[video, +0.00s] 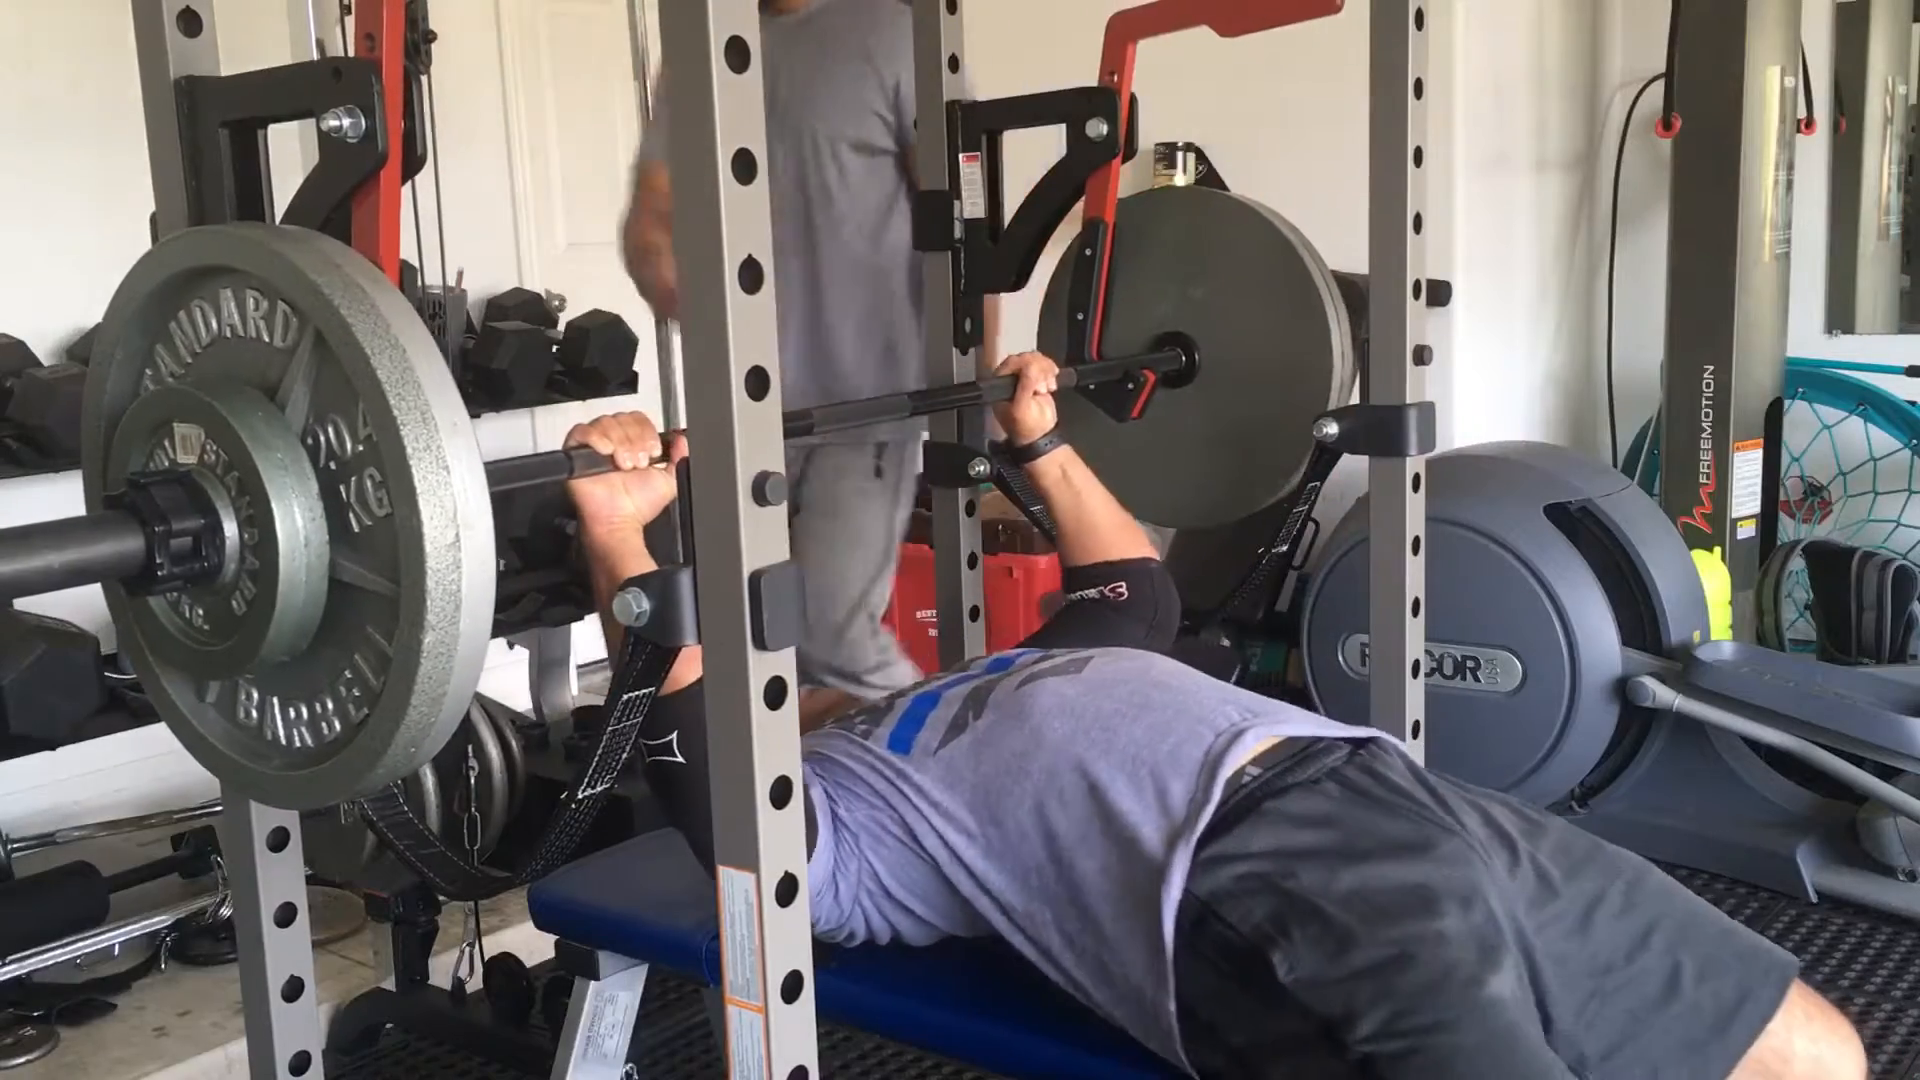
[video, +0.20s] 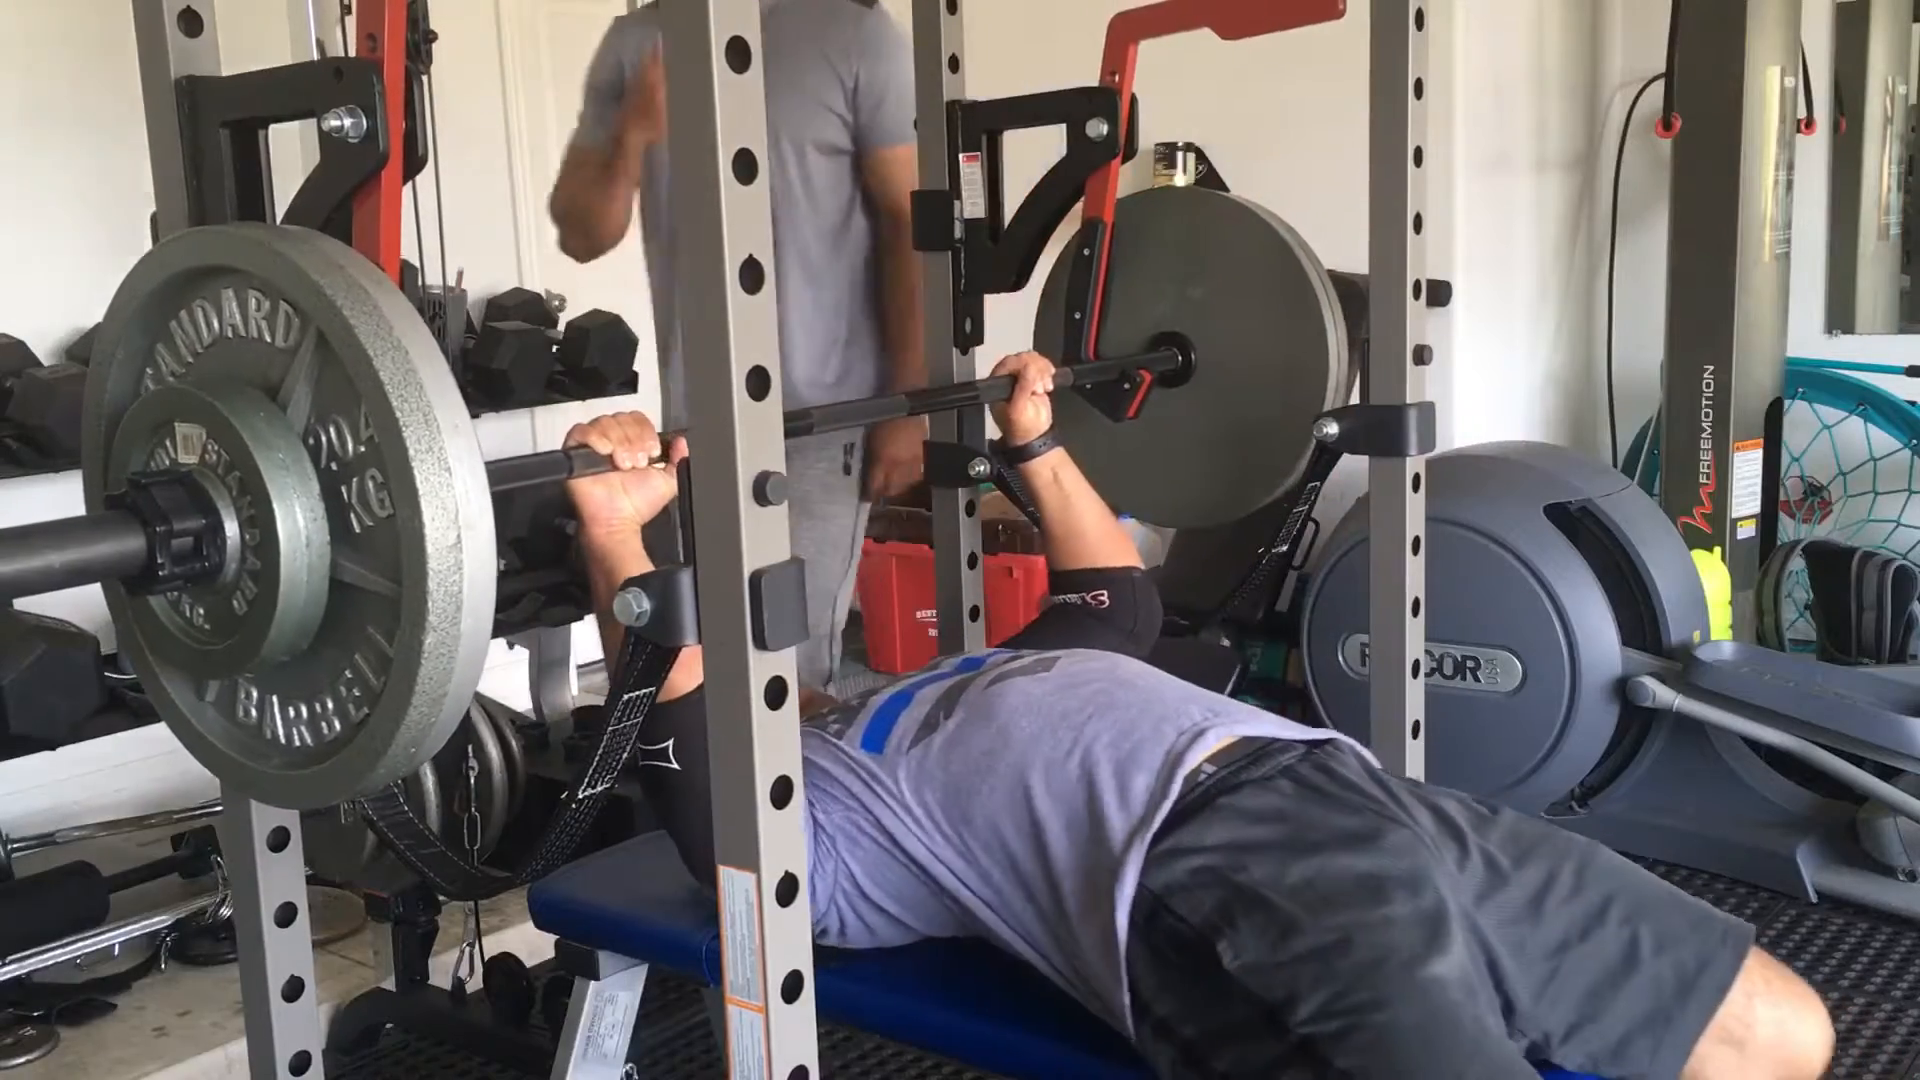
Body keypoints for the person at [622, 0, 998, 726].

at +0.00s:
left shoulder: (890, 30)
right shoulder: (698, 55)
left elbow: (963, 214)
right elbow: (652, 207)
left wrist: (976, 377)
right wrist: (660, 262)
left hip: (870, 388)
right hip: (739, 403)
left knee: (832, 632)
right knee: (751, 641)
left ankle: (949, 767)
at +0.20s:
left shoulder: (856, 31)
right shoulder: (642, 38)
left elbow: (902, 223)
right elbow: (581, 238)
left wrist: (905, 401)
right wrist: (628, 138)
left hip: (823, 414)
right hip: (694, 420)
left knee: (796, 670)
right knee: (689, 667)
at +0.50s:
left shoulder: (835, 57)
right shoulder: (603, 31)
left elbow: (874, 264)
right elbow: (532, 226)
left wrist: (881, 453)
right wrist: (621, 111)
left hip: (786, 444)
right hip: (643, 446)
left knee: (764, 689)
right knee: (653, 695)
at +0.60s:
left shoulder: (834, 57)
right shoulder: (593, 30)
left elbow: (871, 271)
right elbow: (522, 226)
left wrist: (873, 455)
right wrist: (622, 111)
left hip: (784, 446)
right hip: (635, 445)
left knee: (766, 705)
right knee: (643, 705)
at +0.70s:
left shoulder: (832, 55)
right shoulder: (583, 32)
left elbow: (869, 261)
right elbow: (518, 228)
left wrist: (871, 444)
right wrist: (632, 109)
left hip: (782, 449)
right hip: (629, 448)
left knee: (767, 707)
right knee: (637, 715)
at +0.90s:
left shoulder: (833, 53)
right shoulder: (574, 31)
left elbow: (870, 257)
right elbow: (504, 233)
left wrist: (877, 433)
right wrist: (626, 178)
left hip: (776, 445)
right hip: (622, 445)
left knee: (767, 700)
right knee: (639, 706)